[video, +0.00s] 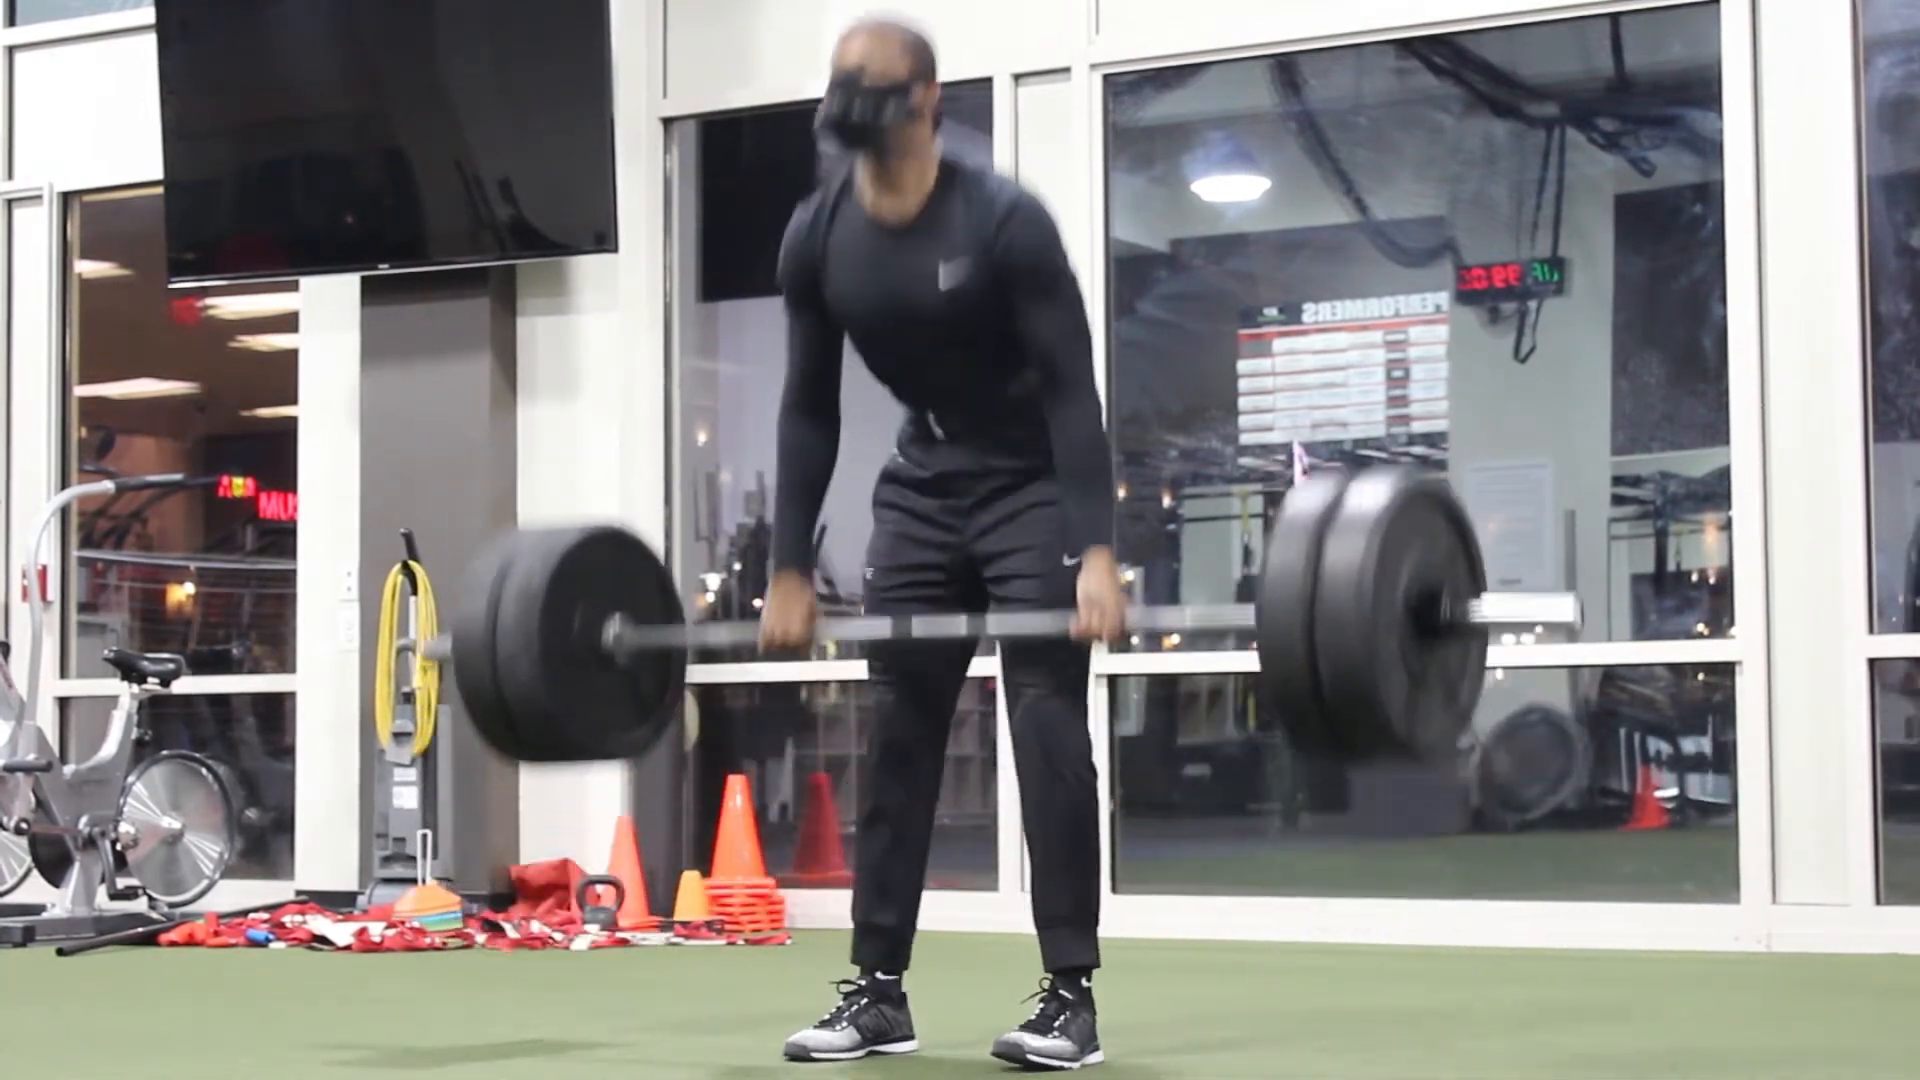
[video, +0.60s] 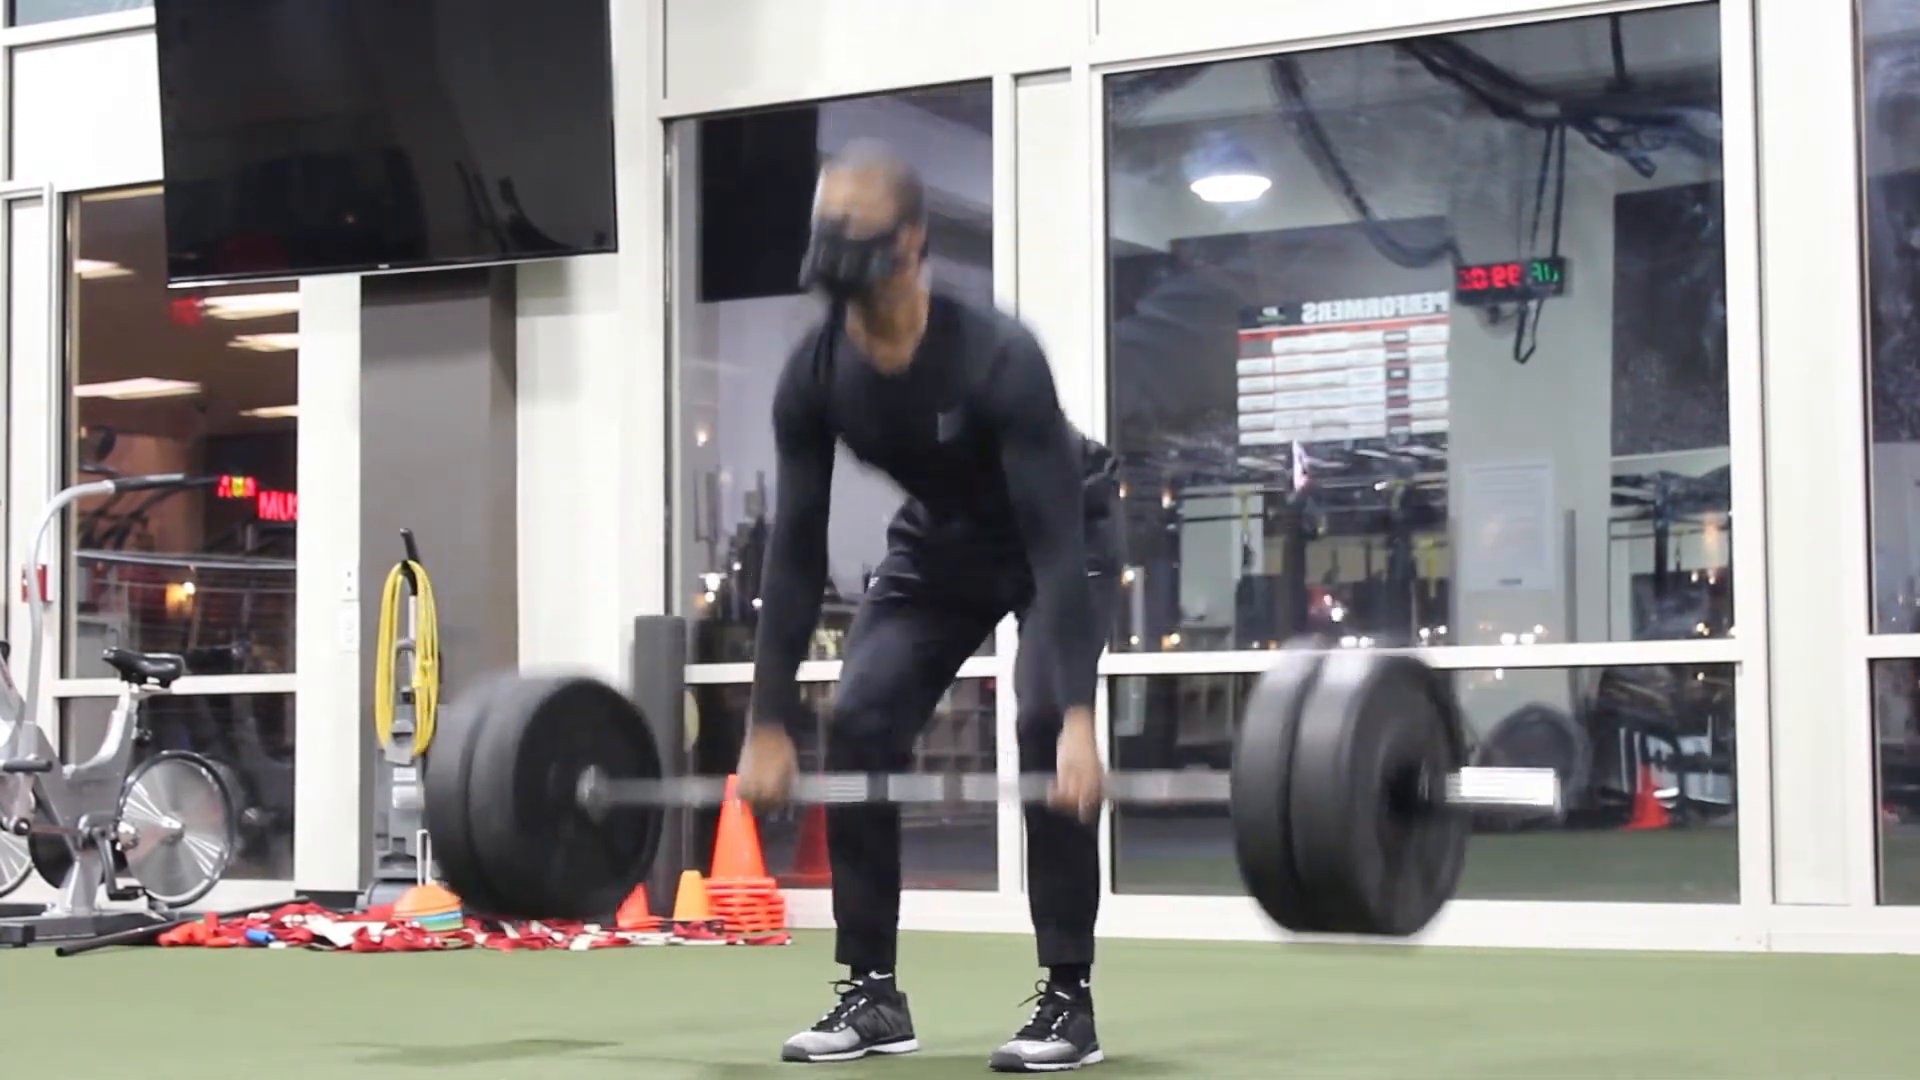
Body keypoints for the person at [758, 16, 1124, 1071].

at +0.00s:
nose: (856, 108)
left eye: (877, 90)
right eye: (844, 91)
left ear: (931, 98)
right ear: (832, 103)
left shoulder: (1007, 220)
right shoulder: (816, 240)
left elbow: (1073, 387)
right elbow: (808, 408)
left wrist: (1098, 548)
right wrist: (790, 566)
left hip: (1035, 482)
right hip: (921, 483)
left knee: (1046, 727)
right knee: (900, 731)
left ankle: (1070, 996)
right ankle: (878, 991)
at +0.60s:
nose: (830, 246)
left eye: (853, 230)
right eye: (823, 229)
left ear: (914, 243)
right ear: (812, 239)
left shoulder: (999, 356)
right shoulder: (812, 379)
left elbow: (1059, 543)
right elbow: (795, 559)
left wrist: (1075, 717)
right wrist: (769, 721)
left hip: (1056, 527)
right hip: (943, 540)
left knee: (1047, 731)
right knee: (859, 723)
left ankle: (1065, 1000)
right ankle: (872, 994)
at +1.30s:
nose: (815, 170)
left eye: (839, 152)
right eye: (806, 150)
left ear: (898, 157)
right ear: (798, 156)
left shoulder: (988, 274)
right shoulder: (797, 291)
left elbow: (1064, 437)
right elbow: (793, 459)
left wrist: (1086, 605)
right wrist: (783, 620)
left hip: (1037, 505)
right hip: (921, 504)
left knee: (1041, 711)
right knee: (884, 714)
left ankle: (1067, 993)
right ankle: (874, 990)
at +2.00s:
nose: (817, 274)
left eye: (841, 259)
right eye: (810, 256)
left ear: (901, 271)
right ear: (799, 258)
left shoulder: (991, 377)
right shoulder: (804, 402)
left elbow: (1054, 567)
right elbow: (793, 578)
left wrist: (1075, 742)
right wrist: (766, 749)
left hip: (1051, 530)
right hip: (939, 544)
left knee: (1041, 729)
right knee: (852, 728)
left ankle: (1065, 1002)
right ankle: (872, 996)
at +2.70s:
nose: (813, 148)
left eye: (838, 130)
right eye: (806, 129)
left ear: (899, 138)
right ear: (799, 138)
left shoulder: (987, 258)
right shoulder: (796, 273)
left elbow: (1056, 424)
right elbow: (789, 443)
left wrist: (1078, 585)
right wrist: (775, 604)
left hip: (1026, 497)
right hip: (911, 499)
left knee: (1034, 719)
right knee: (878, 728)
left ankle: (1066, 995)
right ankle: (874, 991)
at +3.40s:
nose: (812, 299)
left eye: (836, 281)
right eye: (804, 280)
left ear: (897, 289)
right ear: (793, 282)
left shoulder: (986, 391)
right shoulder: (798, 415)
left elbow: (1051, 580)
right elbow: (786, 586)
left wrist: (1072, 761)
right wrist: (761, 759)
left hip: (1048, 535)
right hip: (933, 548)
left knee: (1029, 730)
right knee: (849, 725)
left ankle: (1064, 999)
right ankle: (871, 994)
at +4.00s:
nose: (806, 206)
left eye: (830, 190)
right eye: (799, 187)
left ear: (889, 197)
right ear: (788, 191)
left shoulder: (980, 308)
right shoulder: (789, 328)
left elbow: (1051, 479)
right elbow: (785, 497)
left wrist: (1082, 656)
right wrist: (775, 665)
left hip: (1034, 502)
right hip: (919, 509)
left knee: (1041, 733)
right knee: (868, 725)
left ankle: (1065, 998)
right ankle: (873, 992)